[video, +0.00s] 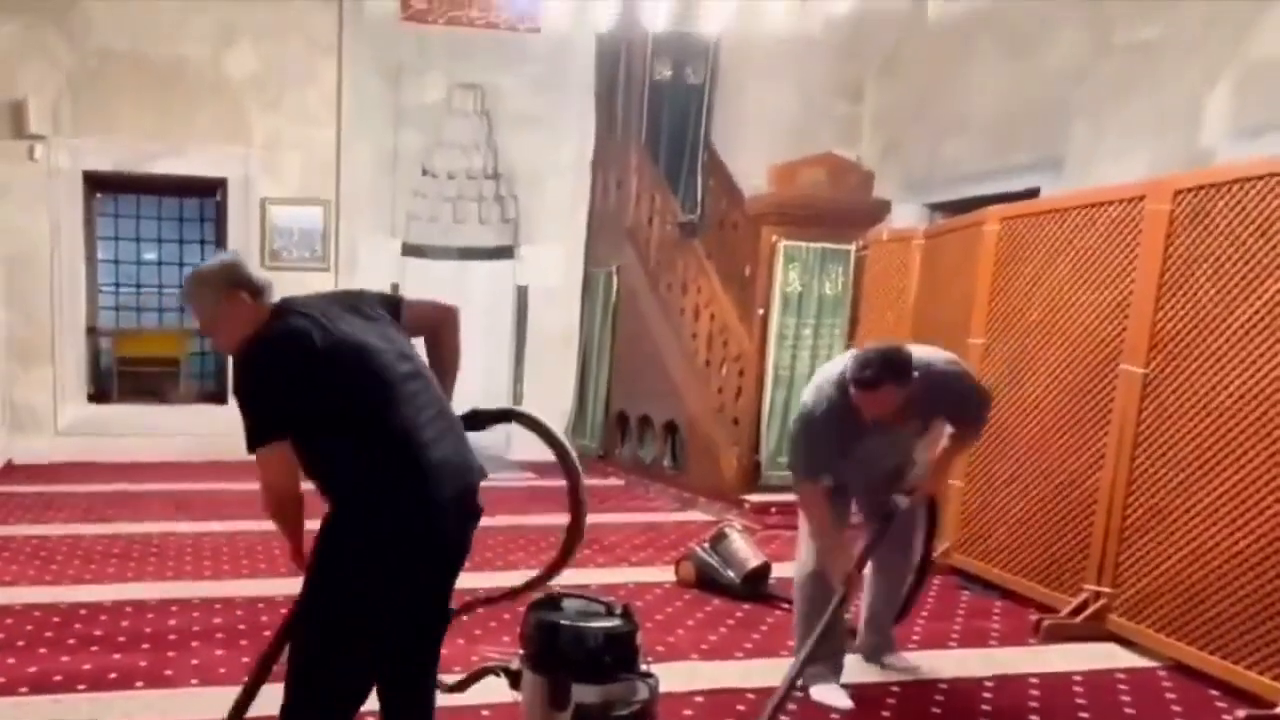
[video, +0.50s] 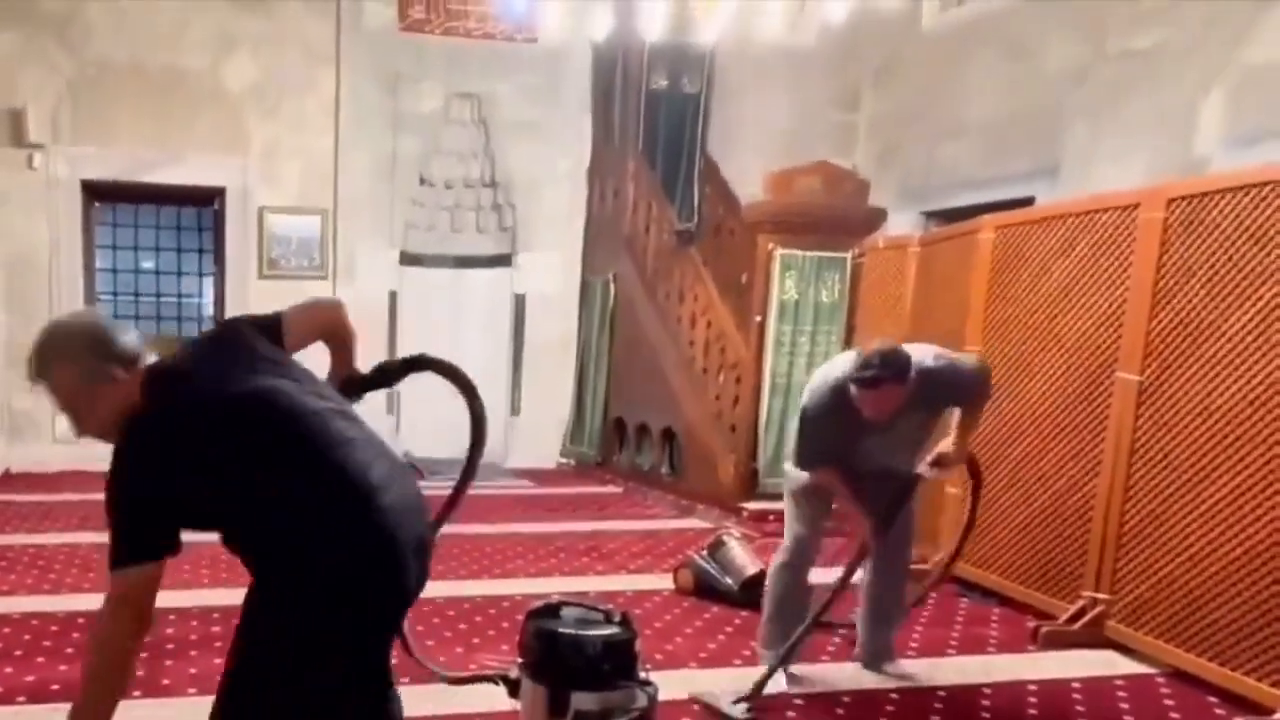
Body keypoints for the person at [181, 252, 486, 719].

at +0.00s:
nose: (208, 338)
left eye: (207, 322)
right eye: (201, 326)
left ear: (241, 301)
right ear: (251, 298)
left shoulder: (257, 359)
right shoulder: (343, 304)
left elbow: (282, 489)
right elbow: (442, 318)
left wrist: (297, 545)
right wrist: (435, 412)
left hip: (381, 509)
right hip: (455, 489)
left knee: (321, 671)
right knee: (409, 665)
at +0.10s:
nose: (200, 352)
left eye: (199, 337)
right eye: (193, 341)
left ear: (233, 312)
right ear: (243, 309)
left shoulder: (250, 376)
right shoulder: (336, 312)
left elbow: (263, 504)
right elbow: (431, 318)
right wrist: (425, 407)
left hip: (377, 519)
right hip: (450, 497)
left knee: (318, 682)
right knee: (401, 671)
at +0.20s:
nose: (185, 366)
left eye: (185, 351)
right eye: (177, 356)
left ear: (218, 324)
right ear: (226, 322)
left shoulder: (240, 393)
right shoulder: (321, 320)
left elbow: (233, 531)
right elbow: (418, 317)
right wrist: (407, 405)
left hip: (370, 532)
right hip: (441, 508)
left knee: (305, 695)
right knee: (388, 678)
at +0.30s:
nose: (155, 385)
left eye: (156, 368)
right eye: (148, 373)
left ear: (193, 341)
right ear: (200, 335)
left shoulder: (217, 410)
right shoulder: (297, 326)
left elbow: (199, 550)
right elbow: (395, 315)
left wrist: (153, 676)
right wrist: (392, 394)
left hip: (362, 543)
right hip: (429, 511)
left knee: (289, 699)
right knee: (375, 683)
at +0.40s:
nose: (115, 406)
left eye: (111, 386)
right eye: (104, 393)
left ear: (153, 357)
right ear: (168, 348)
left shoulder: (178, 431)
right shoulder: (265, 334)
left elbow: (160, 583)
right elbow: (367, 315)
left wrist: (110, 703)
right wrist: (372, 382)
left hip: (340, 558)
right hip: (416, 521)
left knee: (257, 705)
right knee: (366, 689)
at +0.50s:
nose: (78, 428)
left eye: (74, 408)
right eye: (68, 413)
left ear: (109, 377)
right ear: (128, 361)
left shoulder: (142, 456)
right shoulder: (228, 342)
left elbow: (129, 612)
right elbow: (331, 313)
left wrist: (87, 712)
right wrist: (345, 370)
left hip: (323, 566)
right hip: (403, 522)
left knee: (250, 709)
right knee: (358, 694)